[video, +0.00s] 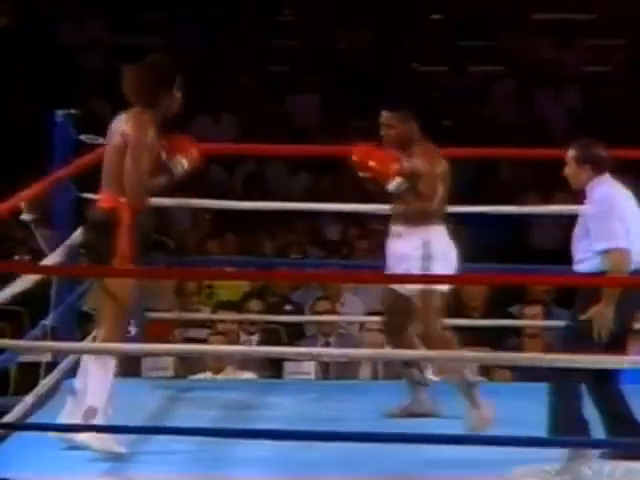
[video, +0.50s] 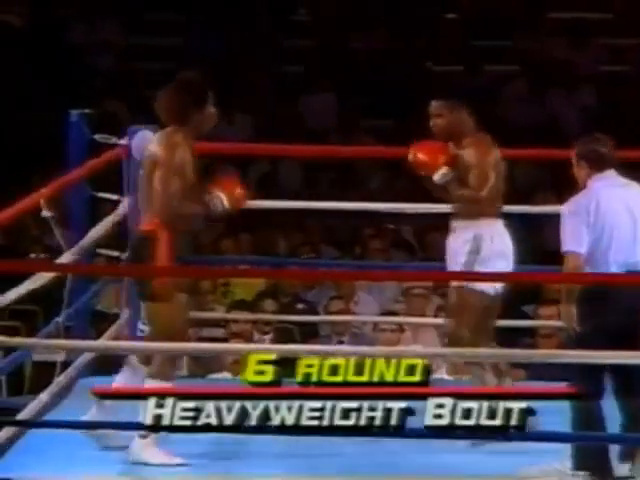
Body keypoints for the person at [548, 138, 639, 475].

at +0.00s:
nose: (565, 171)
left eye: (569, 164)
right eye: (566, 164)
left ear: (587, 167)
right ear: (591, 167)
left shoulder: (605, 195)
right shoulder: (604, 193)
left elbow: (618, 254)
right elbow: (615, 252)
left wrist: (608, 302)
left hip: (605, 293)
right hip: (607, 291)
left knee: (564, 360)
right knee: (598, 371)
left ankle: (576, 445)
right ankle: (627, 443)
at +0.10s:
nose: (565, 173)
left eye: (569, 166)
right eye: (566, 166)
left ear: (585, 168)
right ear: (595, 168)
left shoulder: (597, 197)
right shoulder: (620, 193)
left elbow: (607, 253)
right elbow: (624, 251)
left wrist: (599, 301)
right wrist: (624, 304)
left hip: (609, 293)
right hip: (626, 291)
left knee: (570, 368)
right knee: (611, 371)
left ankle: (587, 453)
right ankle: (630, 444)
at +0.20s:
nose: (564, 171)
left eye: (567, 164)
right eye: (565, 164)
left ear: (581, 165)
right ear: (600, 163)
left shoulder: (585, 196)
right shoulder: (629, 191)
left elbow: (586, 247)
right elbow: (632, 245)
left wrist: (581, 293)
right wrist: (632, 304)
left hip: (604, 288)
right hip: (631, 285)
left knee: (576, 373)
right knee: (624, 369)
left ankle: (590, 460)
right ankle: (636, 441)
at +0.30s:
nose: (566, 167)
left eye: (568, 161)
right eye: (566, 161)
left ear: (580, 161)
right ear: (604, 158)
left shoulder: (582, 195)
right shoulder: (631, 187)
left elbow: (579, 249)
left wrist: (570, 293)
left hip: (601, 288)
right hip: (634, 286)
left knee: (579, 378)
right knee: (623, 372)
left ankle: (590, 463)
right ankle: (639, 447)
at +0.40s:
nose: (571, 168)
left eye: (571, 162)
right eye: (570, 162)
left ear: (581, 161)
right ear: (609, 157)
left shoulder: (582, 198)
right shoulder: (634, 186)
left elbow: (576, 255)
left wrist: (566, 298)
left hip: (600, 290)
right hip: (635, 287)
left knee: (586, 379)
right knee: (628, 376)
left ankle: (594, 464)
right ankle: (634, 452)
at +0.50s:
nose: (574, 172)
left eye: (574, 166)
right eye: (573, 166)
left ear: (582, 166)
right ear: (611, 162)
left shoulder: (580, 204)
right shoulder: (635, 190)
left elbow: (574, 262)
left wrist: (566, 306)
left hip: (600, 295)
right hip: (636, 292)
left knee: (586, 378)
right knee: (629, 376)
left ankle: (593, 461)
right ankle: (633, 447)